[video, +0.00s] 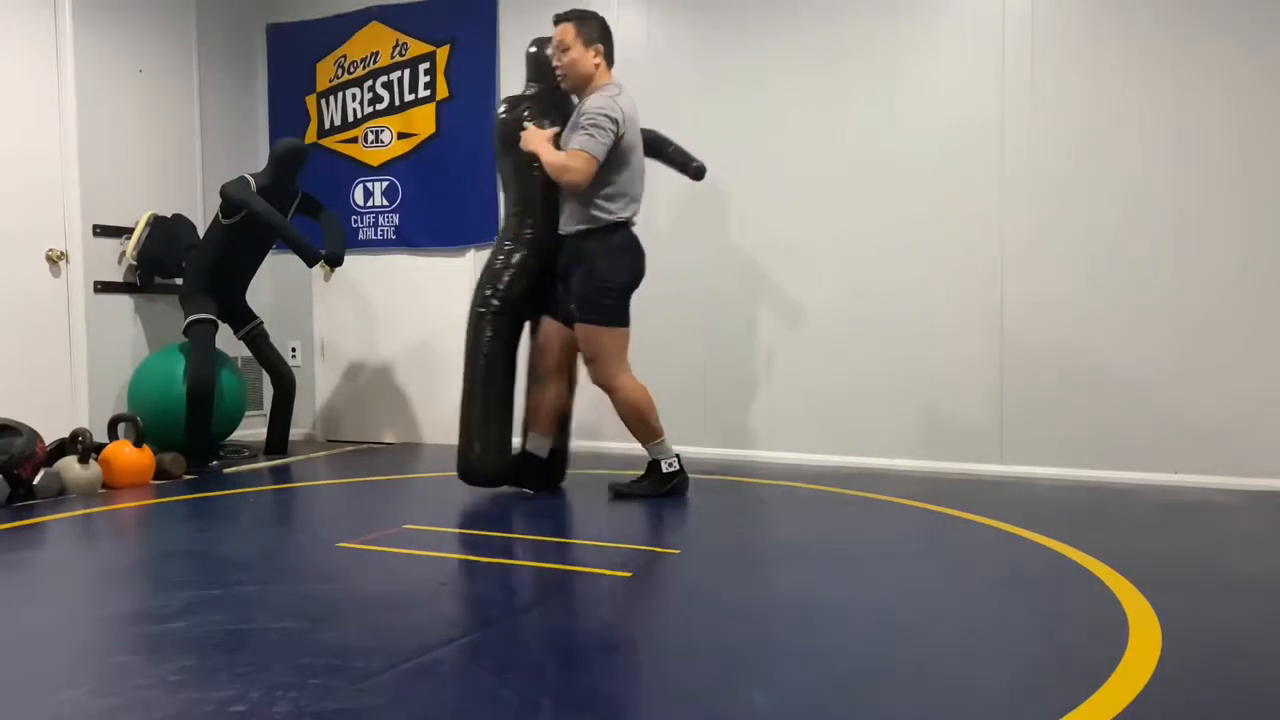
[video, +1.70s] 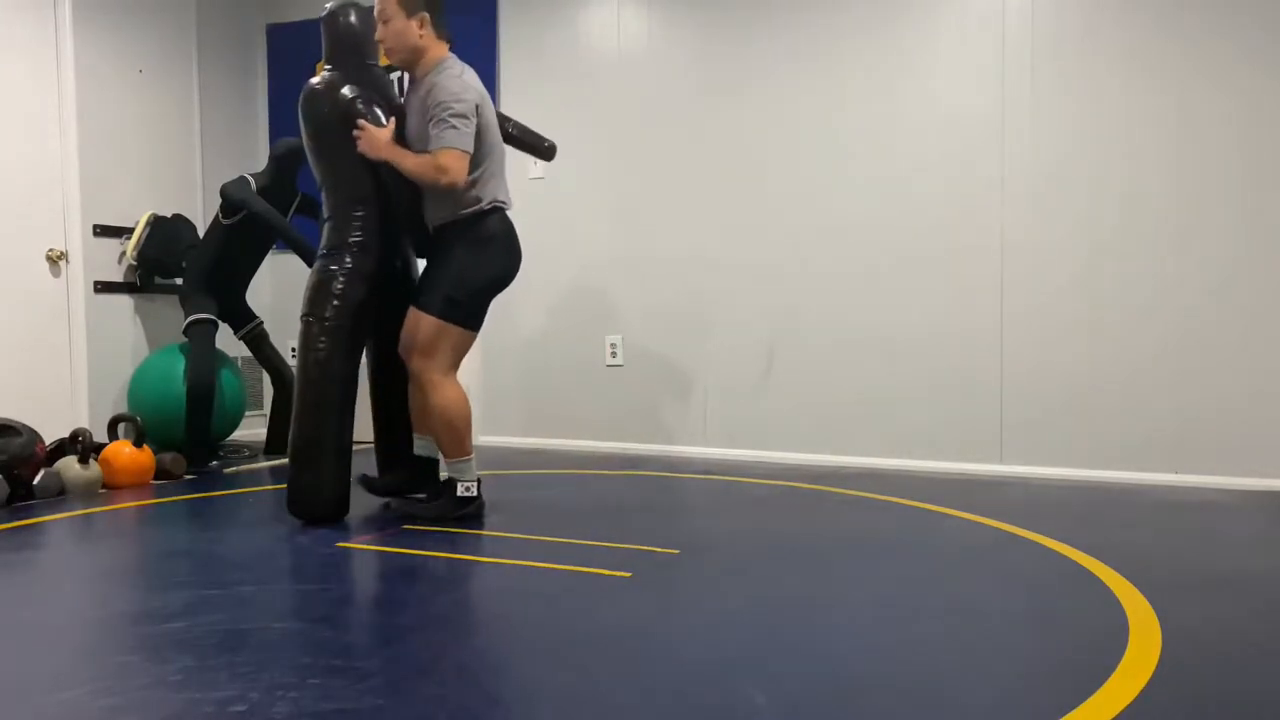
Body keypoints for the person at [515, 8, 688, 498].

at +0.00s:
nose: (555, 61)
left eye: (563, 50)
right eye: (554, 52)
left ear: (596, 53)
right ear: (591, 56)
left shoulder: (602, 105)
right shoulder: (602, 102)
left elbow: (576, 173)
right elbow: (579, 164)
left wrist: (542, 148)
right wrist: (553, 143)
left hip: (603, 248)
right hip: (580, 248)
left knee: (610, 372)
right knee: (549, 360)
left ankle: (667, 465)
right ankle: (535, 464)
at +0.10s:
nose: (537, 62)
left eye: (545, 51)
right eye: (536, 53)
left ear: (577, 53)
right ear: (567, 57)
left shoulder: (588, 104)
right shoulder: (569, 106)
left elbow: (571, 170)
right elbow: (560, 162)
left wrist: (527, 148)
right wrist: (531, 145)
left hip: (588, 247)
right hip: (559, 247)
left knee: (560, 367)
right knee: (532, 358)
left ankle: (647, 447)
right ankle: (532, 466)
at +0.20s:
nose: (518, 58)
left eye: (526, 46)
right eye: (516, 49)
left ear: (559, 49)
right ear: (553, 53)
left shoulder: (579, 101)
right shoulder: (548, 107)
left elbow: (567, 171)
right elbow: (544, 162)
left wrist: (515, 148)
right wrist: (502, 144)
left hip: (575, 243)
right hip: (545, 243)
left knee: (523, 354)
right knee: (520, 356)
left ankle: (606, 436)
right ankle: (529, 463)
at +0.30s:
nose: (502, 54)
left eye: (511, 43)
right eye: (501, 45)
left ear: (544, 46)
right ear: (531, 50)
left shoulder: (566, 96)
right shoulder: (527, 104)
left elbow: (557, 167)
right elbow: (521, 162)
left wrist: (503, 143)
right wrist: (478, 137)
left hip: (563, 240)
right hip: (533, 241)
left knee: (505, 343)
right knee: (521, 358)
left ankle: (547, 463)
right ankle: (525, 463)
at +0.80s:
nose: (438, 30)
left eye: (447, 17)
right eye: (437, 18)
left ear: (483, 24)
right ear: (476, 26)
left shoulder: (500, 86)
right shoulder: (475, 83)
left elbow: (487, 168)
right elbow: (466, 146)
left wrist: (433, 137)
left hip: (504, 236)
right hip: (480, 233)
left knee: (461, 358)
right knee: (441, 341)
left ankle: (474, 492)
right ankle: (495, 445)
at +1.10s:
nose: (409, 23)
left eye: (420, 12)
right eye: (408, 13)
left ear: (456, 18)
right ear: (444, 21)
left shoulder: (467, 79)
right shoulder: (446, 74)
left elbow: (452, 160)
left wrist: (403, 130)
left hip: (484, 236)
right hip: (455, 233)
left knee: (443, 361)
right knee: (415, 347)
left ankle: (470, 492)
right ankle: (416, 471)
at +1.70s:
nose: (377, 34)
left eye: (385, 21)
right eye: (377, 22)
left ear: (420, 25)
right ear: (414, 27)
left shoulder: (452, 83)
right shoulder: (421, 83)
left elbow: (452, 171)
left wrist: (389, 151)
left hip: (479, 239)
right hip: (455, 238)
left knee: (434, 362)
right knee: (413, 348)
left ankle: (463, 491)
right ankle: (424, 468)